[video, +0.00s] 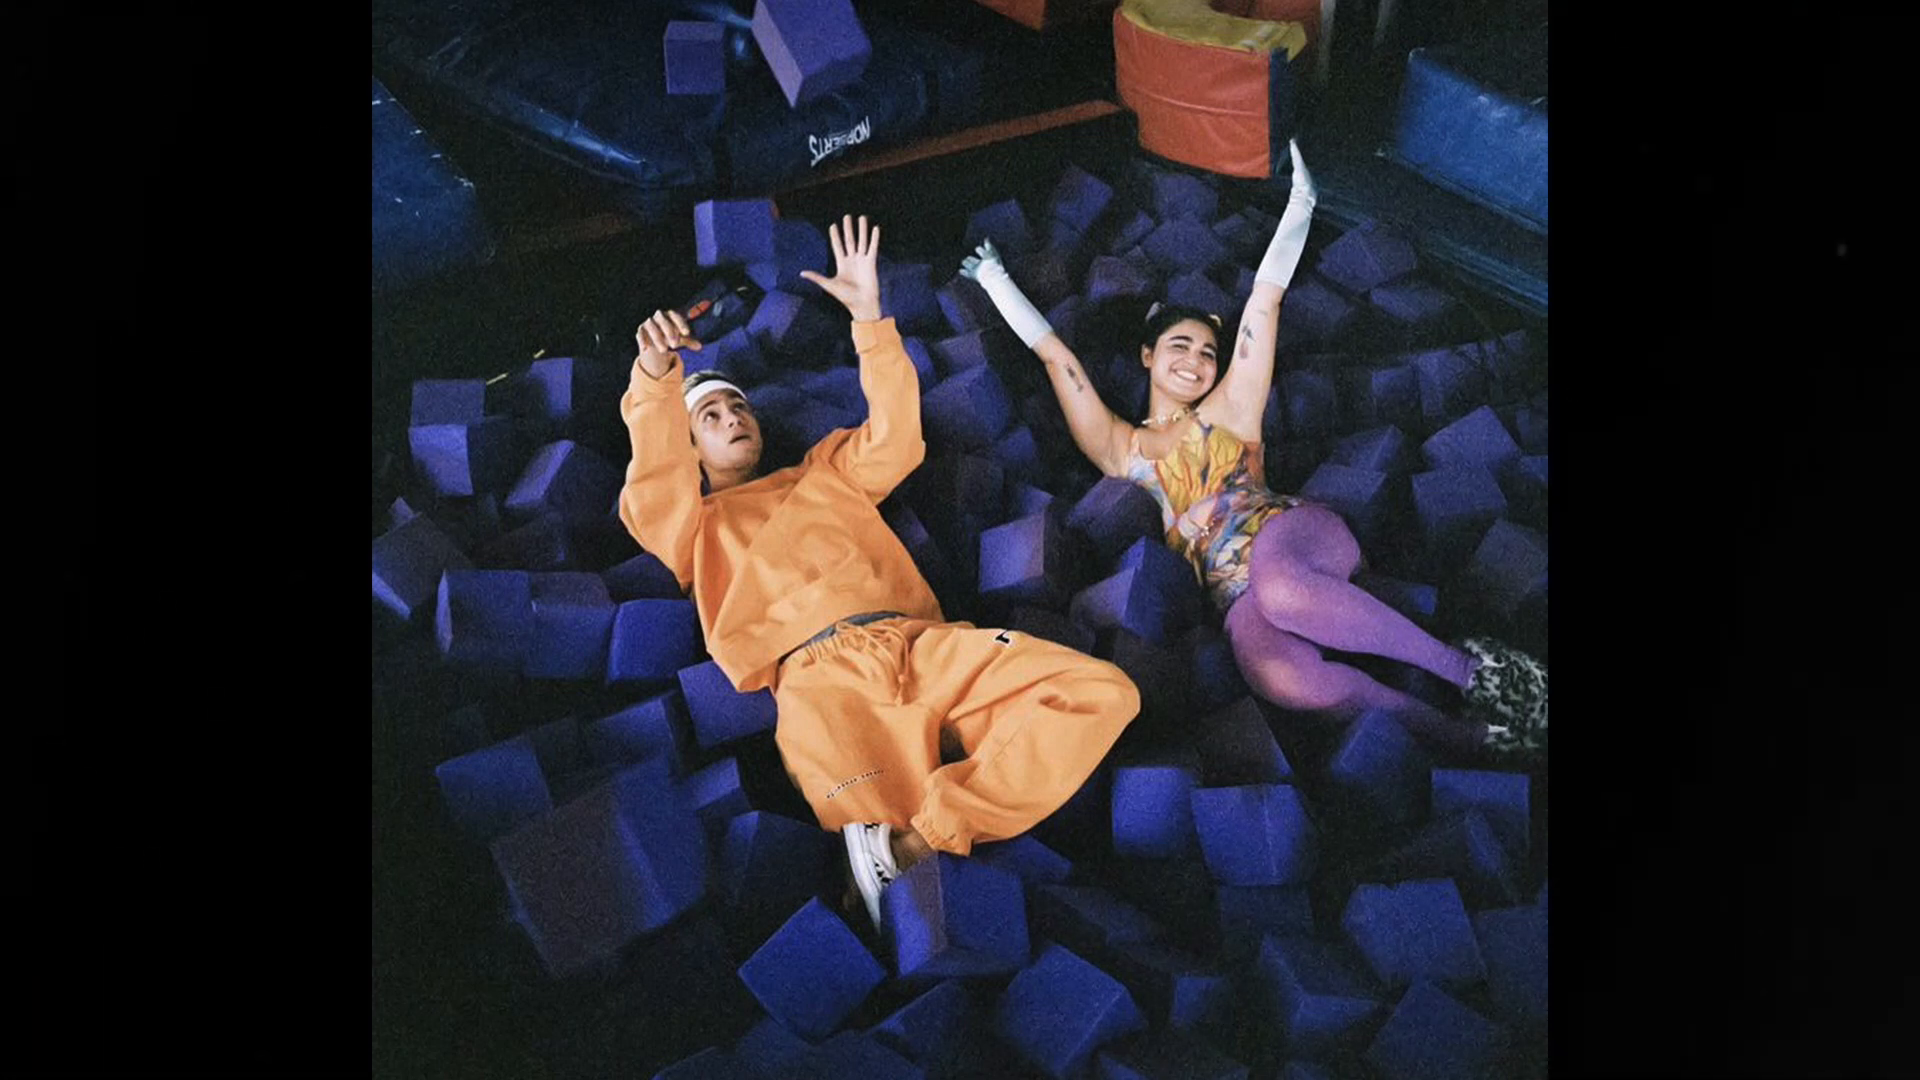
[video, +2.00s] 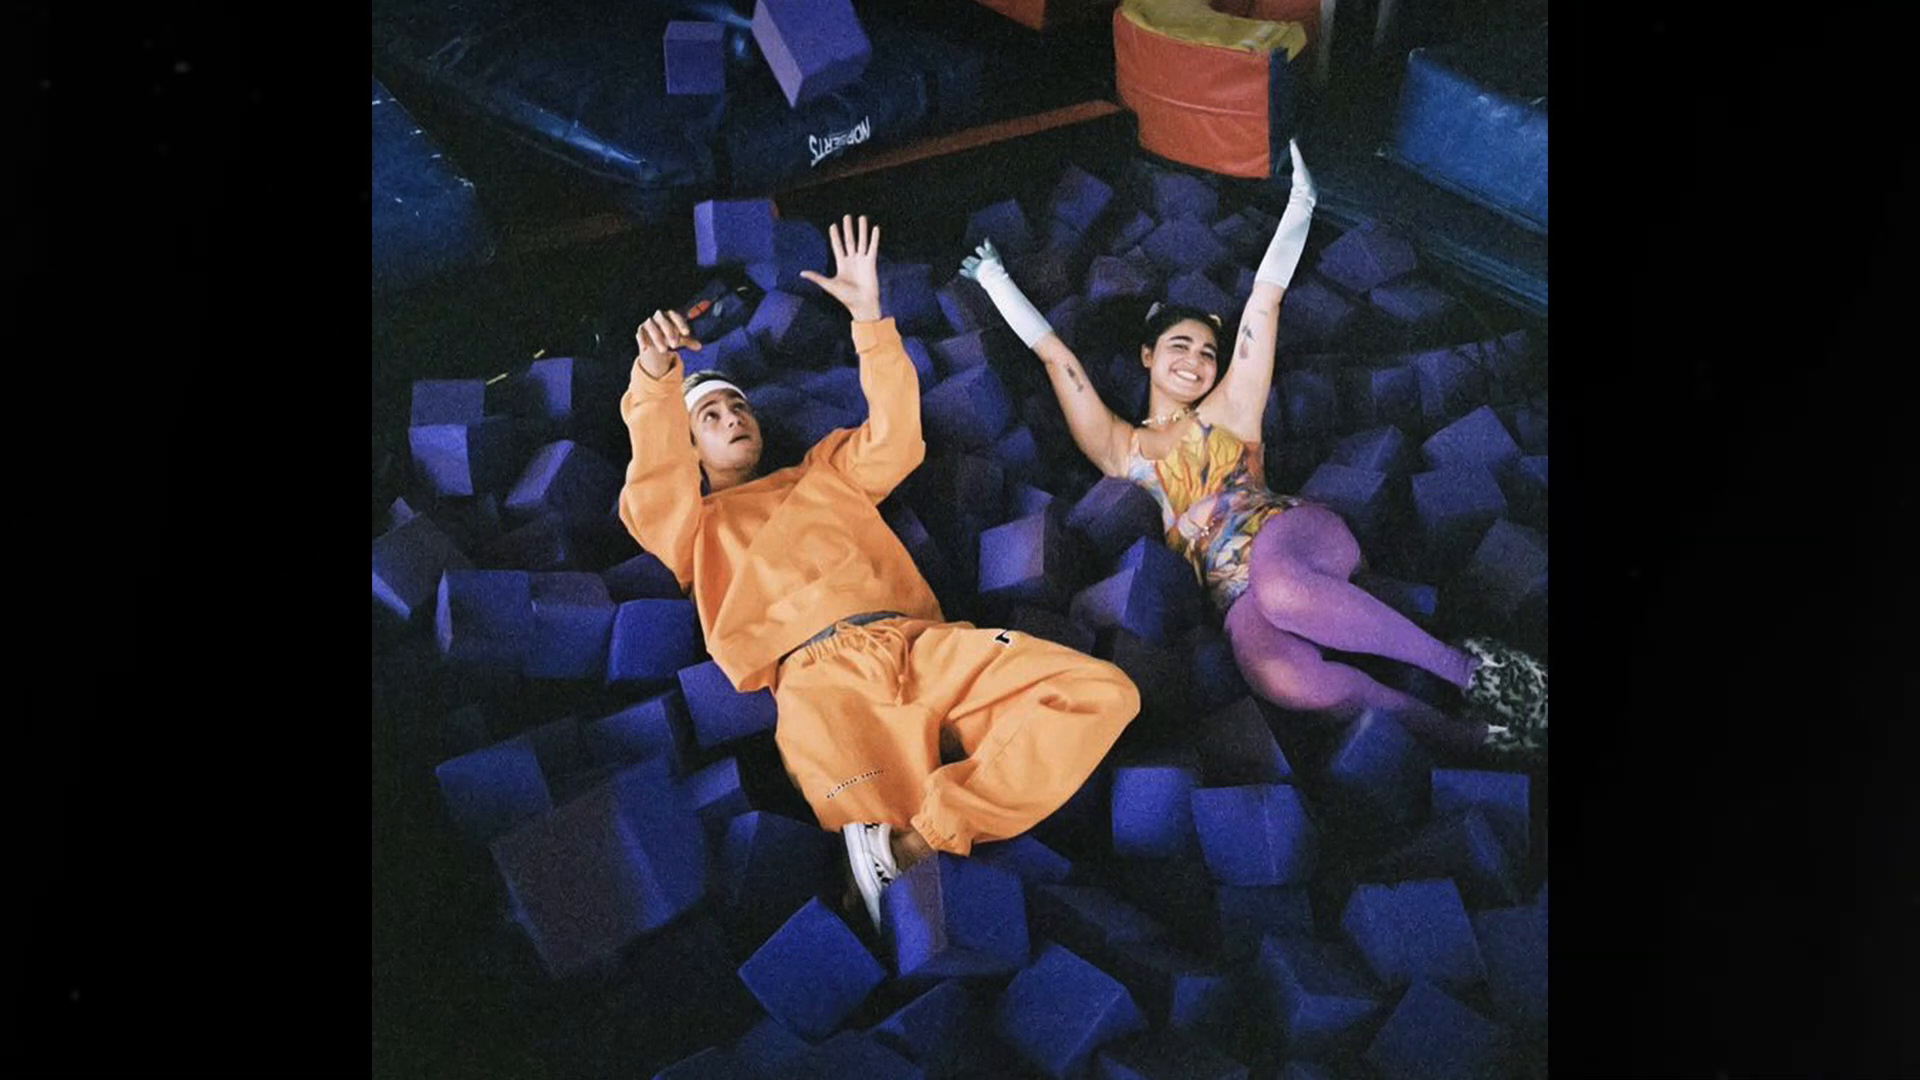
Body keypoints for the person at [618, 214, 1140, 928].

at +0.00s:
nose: (730, 418)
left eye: (738, 407)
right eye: (709, 415)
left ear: (761, 426)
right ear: (688, 449)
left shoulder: (827, 468)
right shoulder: (696, 525)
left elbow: (895, 435)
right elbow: (654, 477)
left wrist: (868, 317)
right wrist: (655, 374)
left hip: (917, 640)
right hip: (819, 673)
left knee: (1094, 693)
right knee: (880, 827)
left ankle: (915, 841)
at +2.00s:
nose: (730, 418)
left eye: (738, 407)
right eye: (709, 415)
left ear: (761, 426)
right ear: (688, 448)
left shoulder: (827, 468)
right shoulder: (695, 525)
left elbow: (895, 435)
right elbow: (654, 477)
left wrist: (868, 317)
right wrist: (655, 373)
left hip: (918, 640)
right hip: (819, 673)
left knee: (1094, 692)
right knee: (880, 827)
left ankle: (917, 841)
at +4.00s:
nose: (731, 418)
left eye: (738, 407)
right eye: (709, 415)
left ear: (760, 425)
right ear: (688, 449)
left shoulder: (827, 468)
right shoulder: (696, 525)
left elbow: (895, 436)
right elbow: (655, 477)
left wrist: (868, 317)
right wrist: (655, 373)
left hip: (918, 641)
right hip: (820, 673)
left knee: (1094, 692)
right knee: (883, 832)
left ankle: (916, 841)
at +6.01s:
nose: (731, 418)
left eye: (738, 406)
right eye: (709, 415)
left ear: (759, 424)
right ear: (687, 448)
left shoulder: (827, 468)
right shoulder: (695, 524)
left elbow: (895, 436)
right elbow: (654, 476)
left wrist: (868, 317)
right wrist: (655, 372)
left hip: (918, 640)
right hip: (820, 672)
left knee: (1094, 692)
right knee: (880, 828)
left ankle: (918, 840)